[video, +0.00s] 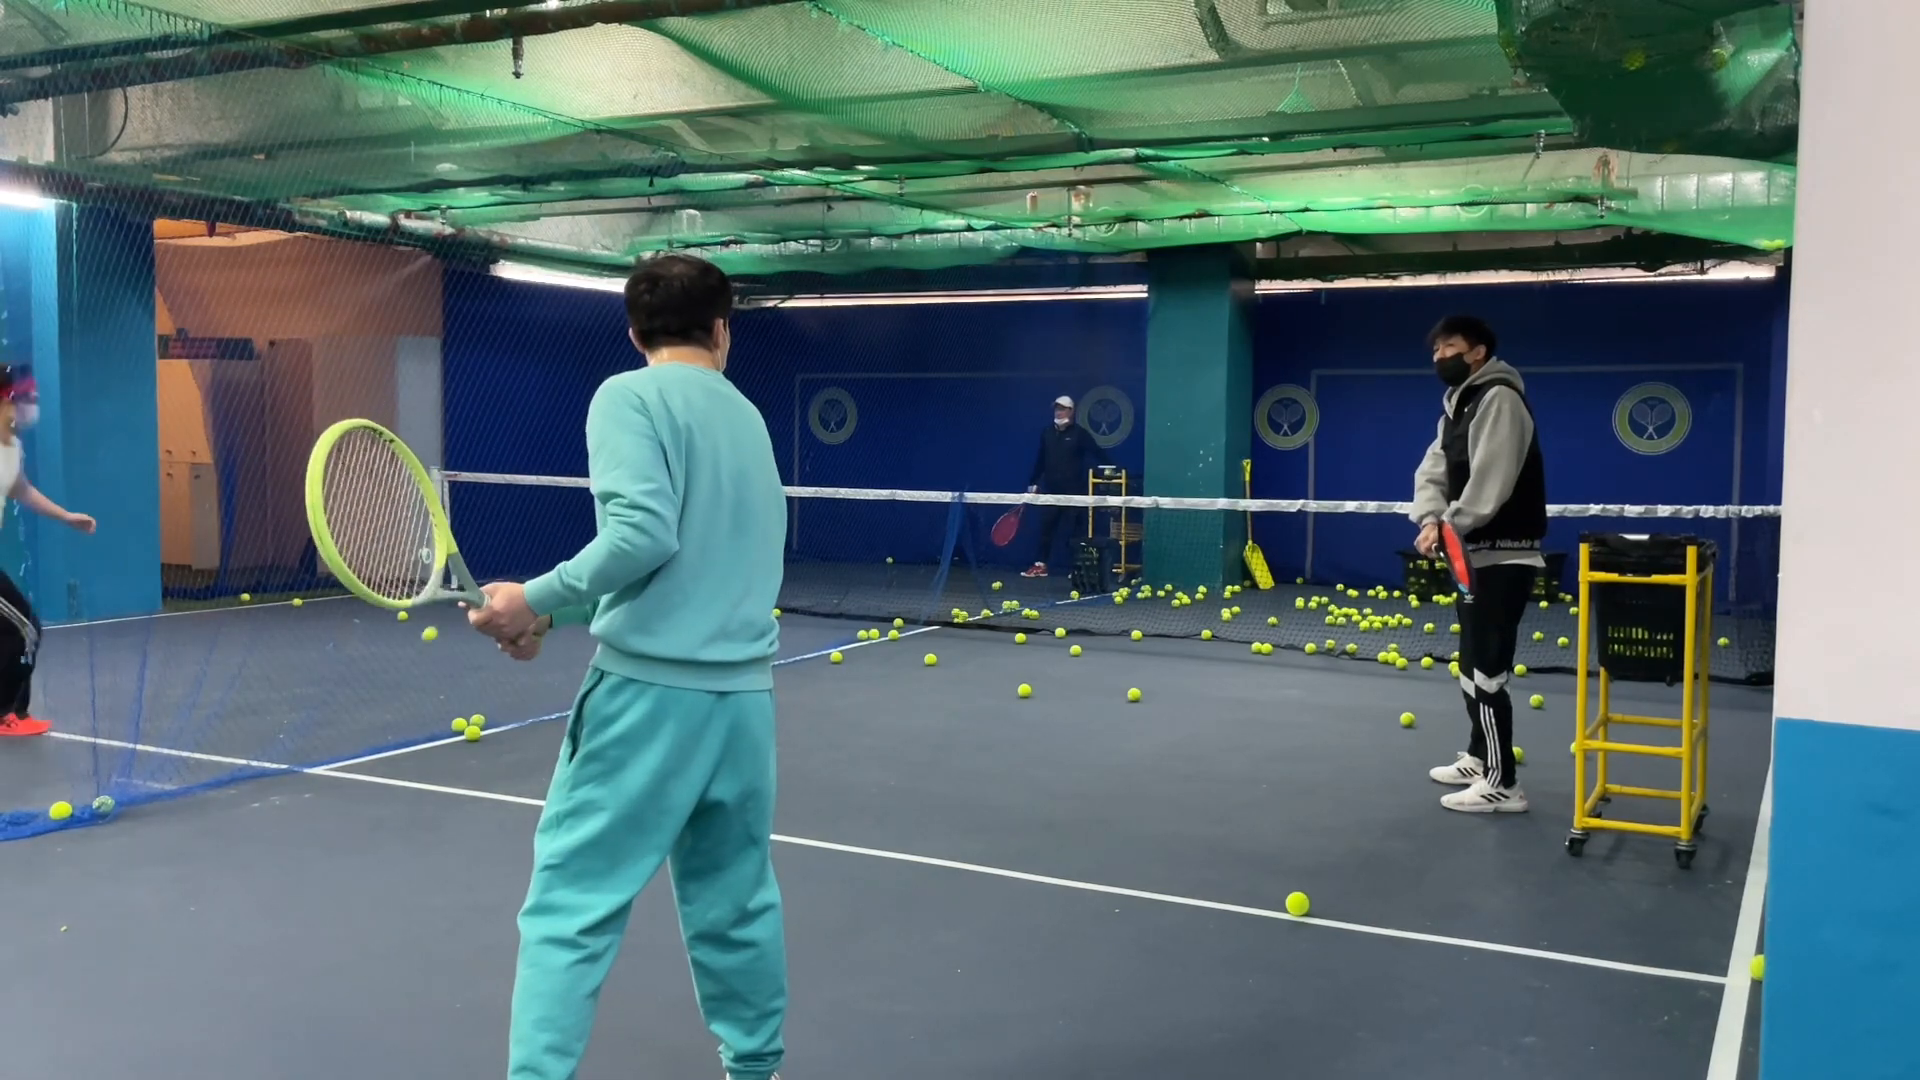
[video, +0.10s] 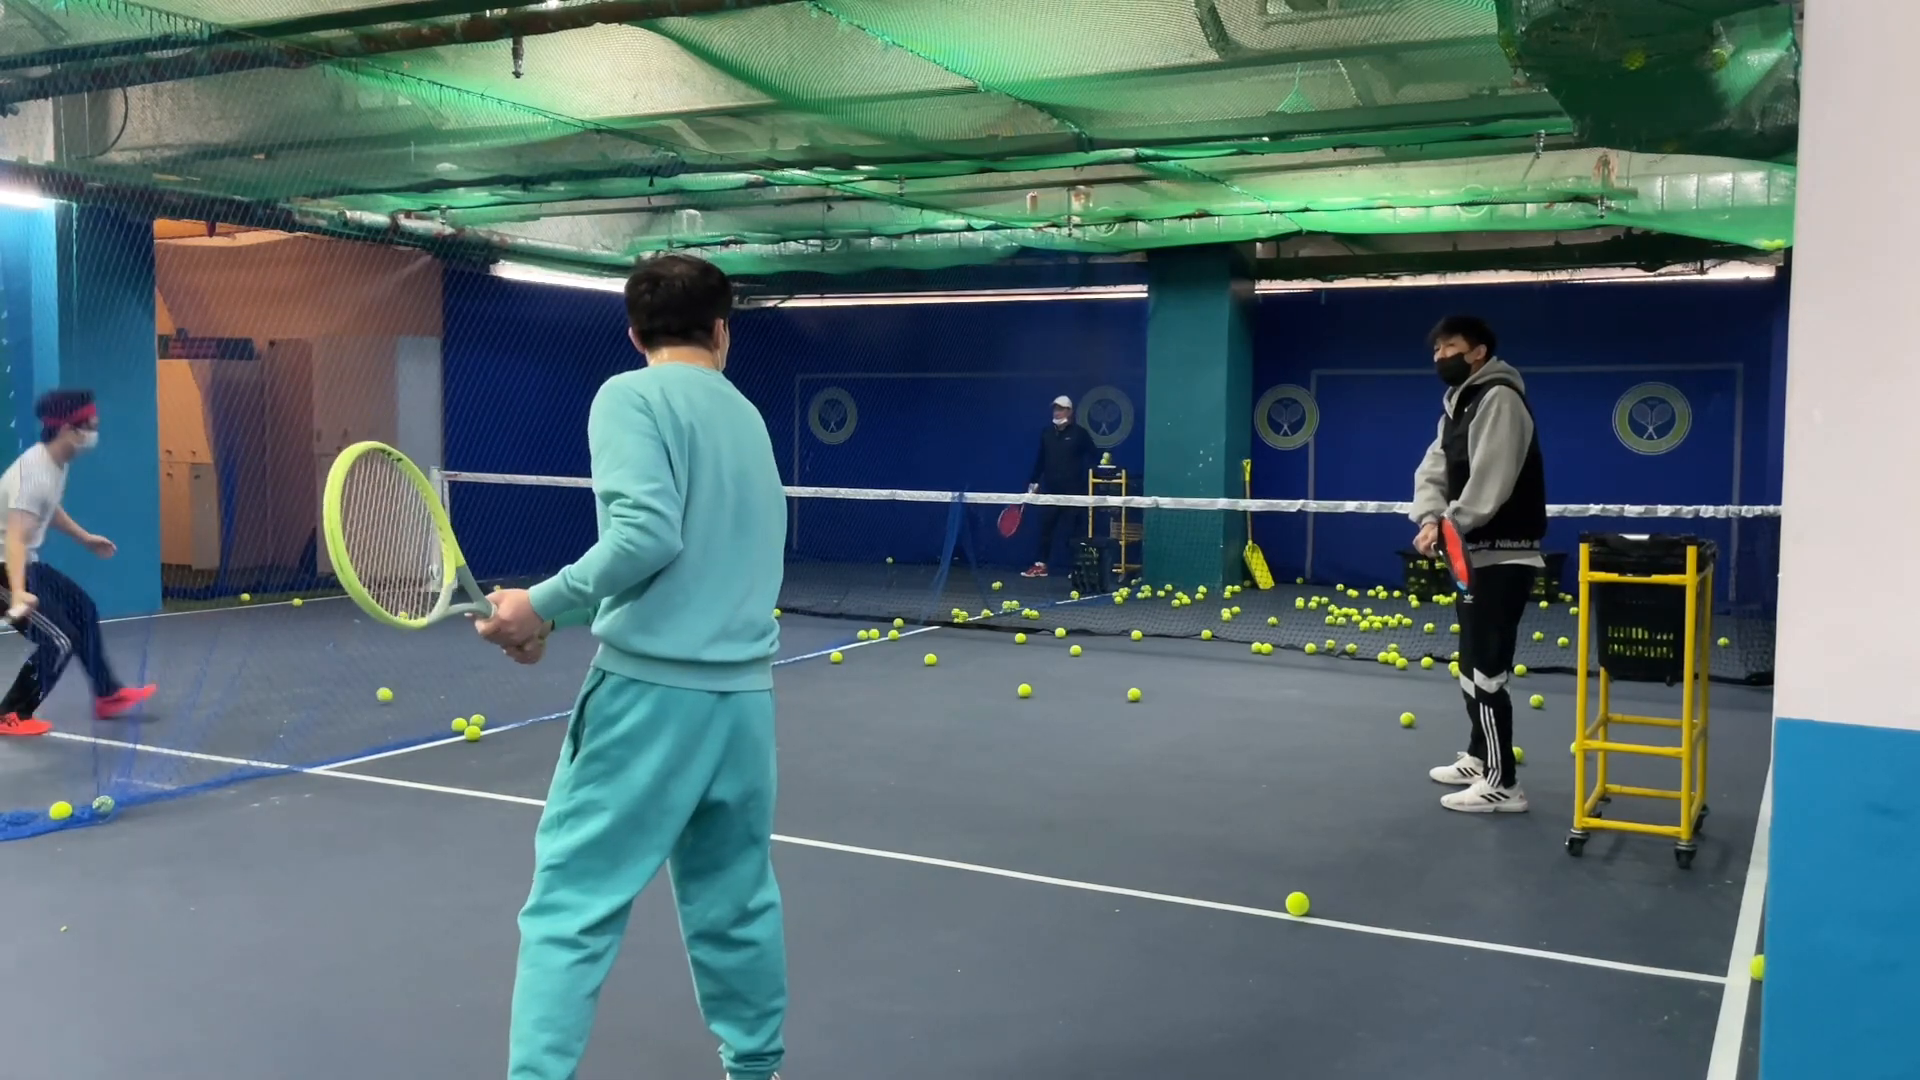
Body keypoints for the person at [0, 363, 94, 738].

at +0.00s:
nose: (27, 408)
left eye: (28, 400)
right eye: (21, 399)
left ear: (17, 403)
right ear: (4, 400)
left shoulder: (12, 445)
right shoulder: (1, 444)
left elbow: (21, 489)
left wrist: (66, 517)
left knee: (24, 625)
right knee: (23, 627)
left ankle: (14, 712)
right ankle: (7, 713)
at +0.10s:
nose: (94, 435)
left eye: (94, 427)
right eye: (87, 427)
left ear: (70, 432)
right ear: (65, 431)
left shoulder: (57, 465)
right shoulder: (33, 473)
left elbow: (50, 510)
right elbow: (15, 537)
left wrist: (86, 538)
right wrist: (18, 593)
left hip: (28, 564)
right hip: (8, 573)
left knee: (81, 610)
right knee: (60, 641)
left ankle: (107, 694)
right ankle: (11, 713)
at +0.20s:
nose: (142, 456)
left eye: (142, 448)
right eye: (137, 448)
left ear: (117, 452)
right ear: (115, 451)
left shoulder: (96, 480)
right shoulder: (81, 487)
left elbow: (79, 529)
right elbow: (81, 562)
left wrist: (103, 548)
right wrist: (102, 618)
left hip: (63, 569)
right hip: (34, 577)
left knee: (124, 624)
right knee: (94, 649)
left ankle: (167, 694)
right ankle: (20, 706)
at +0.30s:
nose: (179, 461)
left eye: (179, 454)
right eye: (174, 455)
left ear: (150, 457)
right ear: (152, 458)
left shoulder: (121, 476)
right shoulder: (120, 496)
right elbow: (141, 570)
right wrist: (187, 608)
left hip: (97, 575)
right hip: (65, 583)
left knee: (158, 611)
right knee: (124, 657)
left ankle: (172, 695)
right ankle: (41, 700)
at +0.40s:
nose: (201, 459)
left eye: (202, 451)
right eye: (197, 452)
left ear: (169, 451)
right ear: (177, 454)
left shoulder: (136, 465)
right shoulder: (149, 496)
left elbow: (101, 512)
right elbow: (170, 559)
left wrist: (126, 549)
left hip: (109, 565)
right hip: (80, 572)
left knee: (163, 611)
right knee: (127, 653)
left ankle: (171, 695)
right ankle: (41, 695)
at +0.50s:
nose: (208, 442)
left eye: (209, 435)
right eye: (205, 435)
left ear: (169, 432)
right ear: (187, 439)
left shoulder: (137, 451)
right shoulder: (165, 482)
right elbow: (181, 539)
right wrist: (213, 530)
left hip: (113, 555)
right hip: (91, 559)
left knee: (161, 607)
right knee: (129, 646)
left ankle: (171, 694)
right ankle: (44, 692)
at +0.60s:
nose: (202, 426)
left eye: (202, 418)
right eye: (198, 419)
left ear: (163, 417)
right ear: (180, 422)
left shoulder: (128, 438)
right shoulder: (172, 466)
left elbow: (94, 479)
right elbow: (190, 514)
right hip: (101, 549)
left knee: (159, 608)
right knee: (137, 641)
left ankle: (171, 693)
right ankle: (53, 687)